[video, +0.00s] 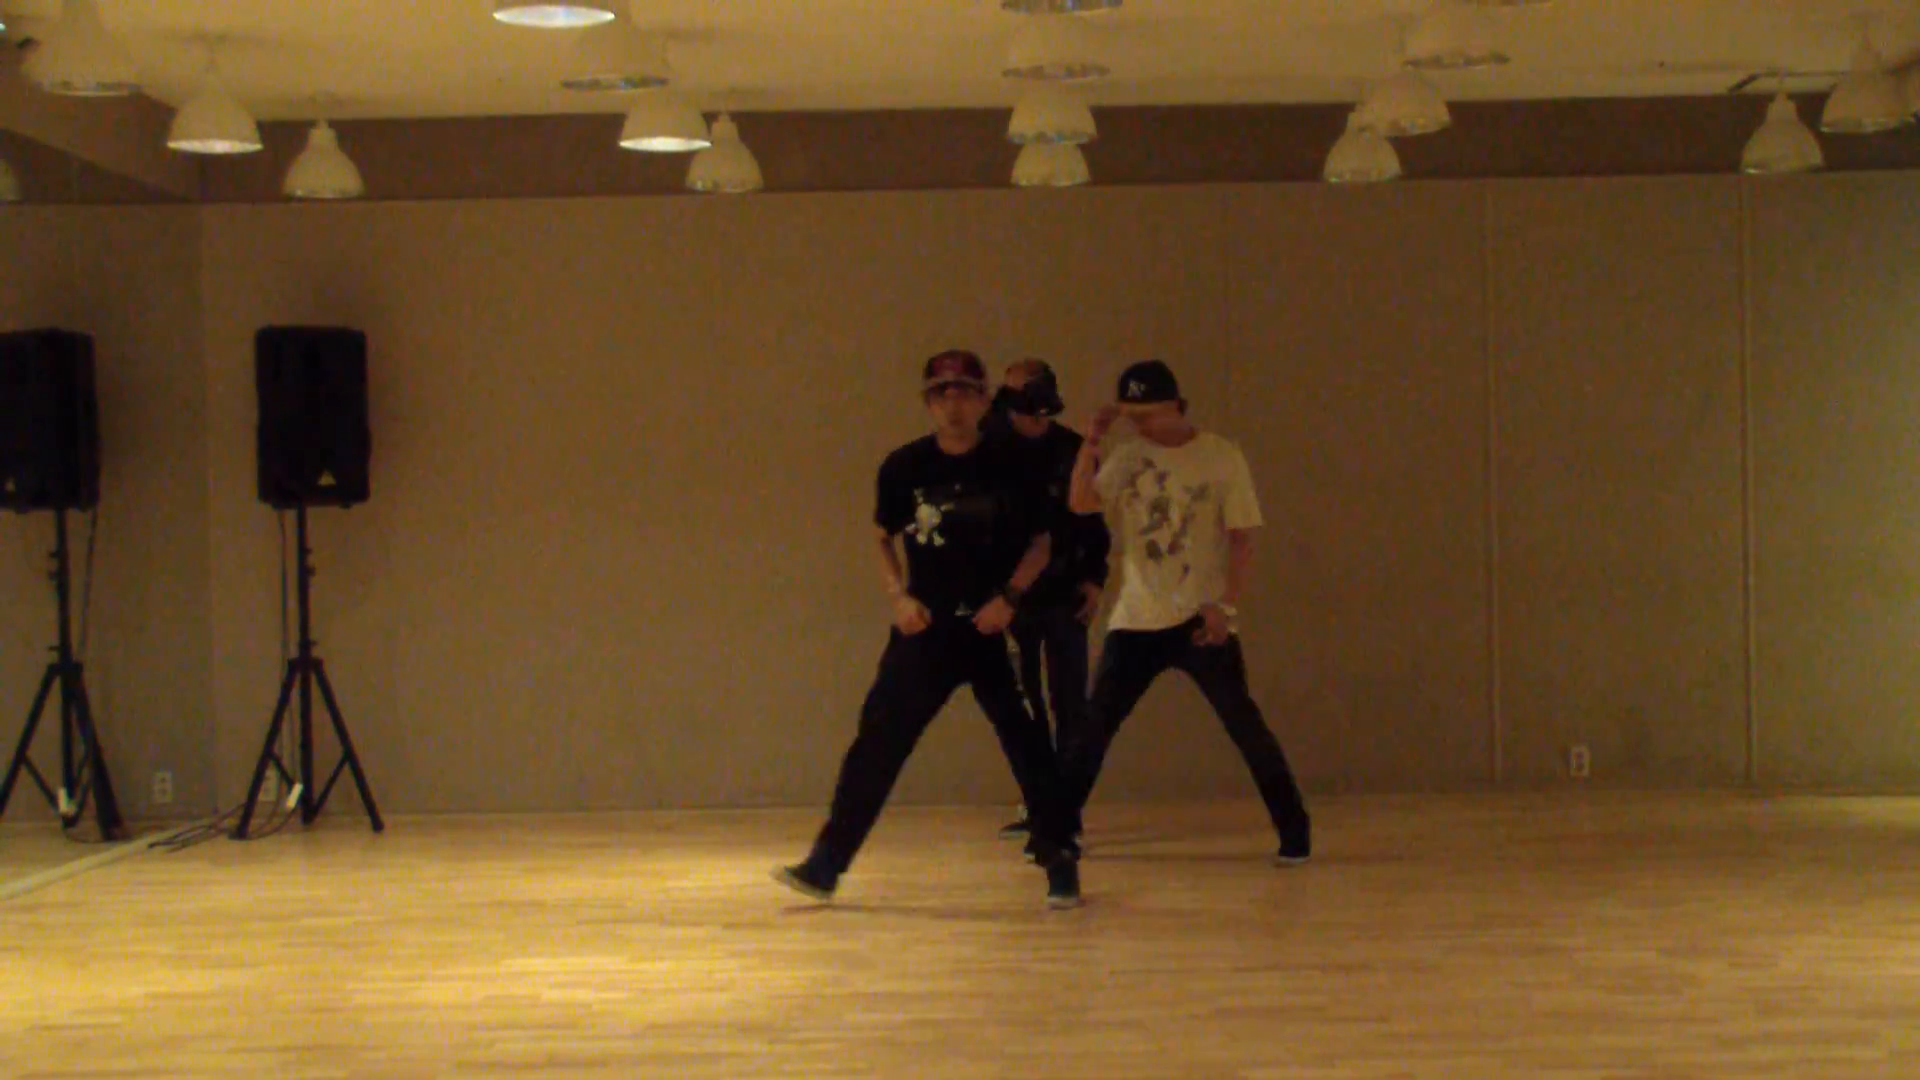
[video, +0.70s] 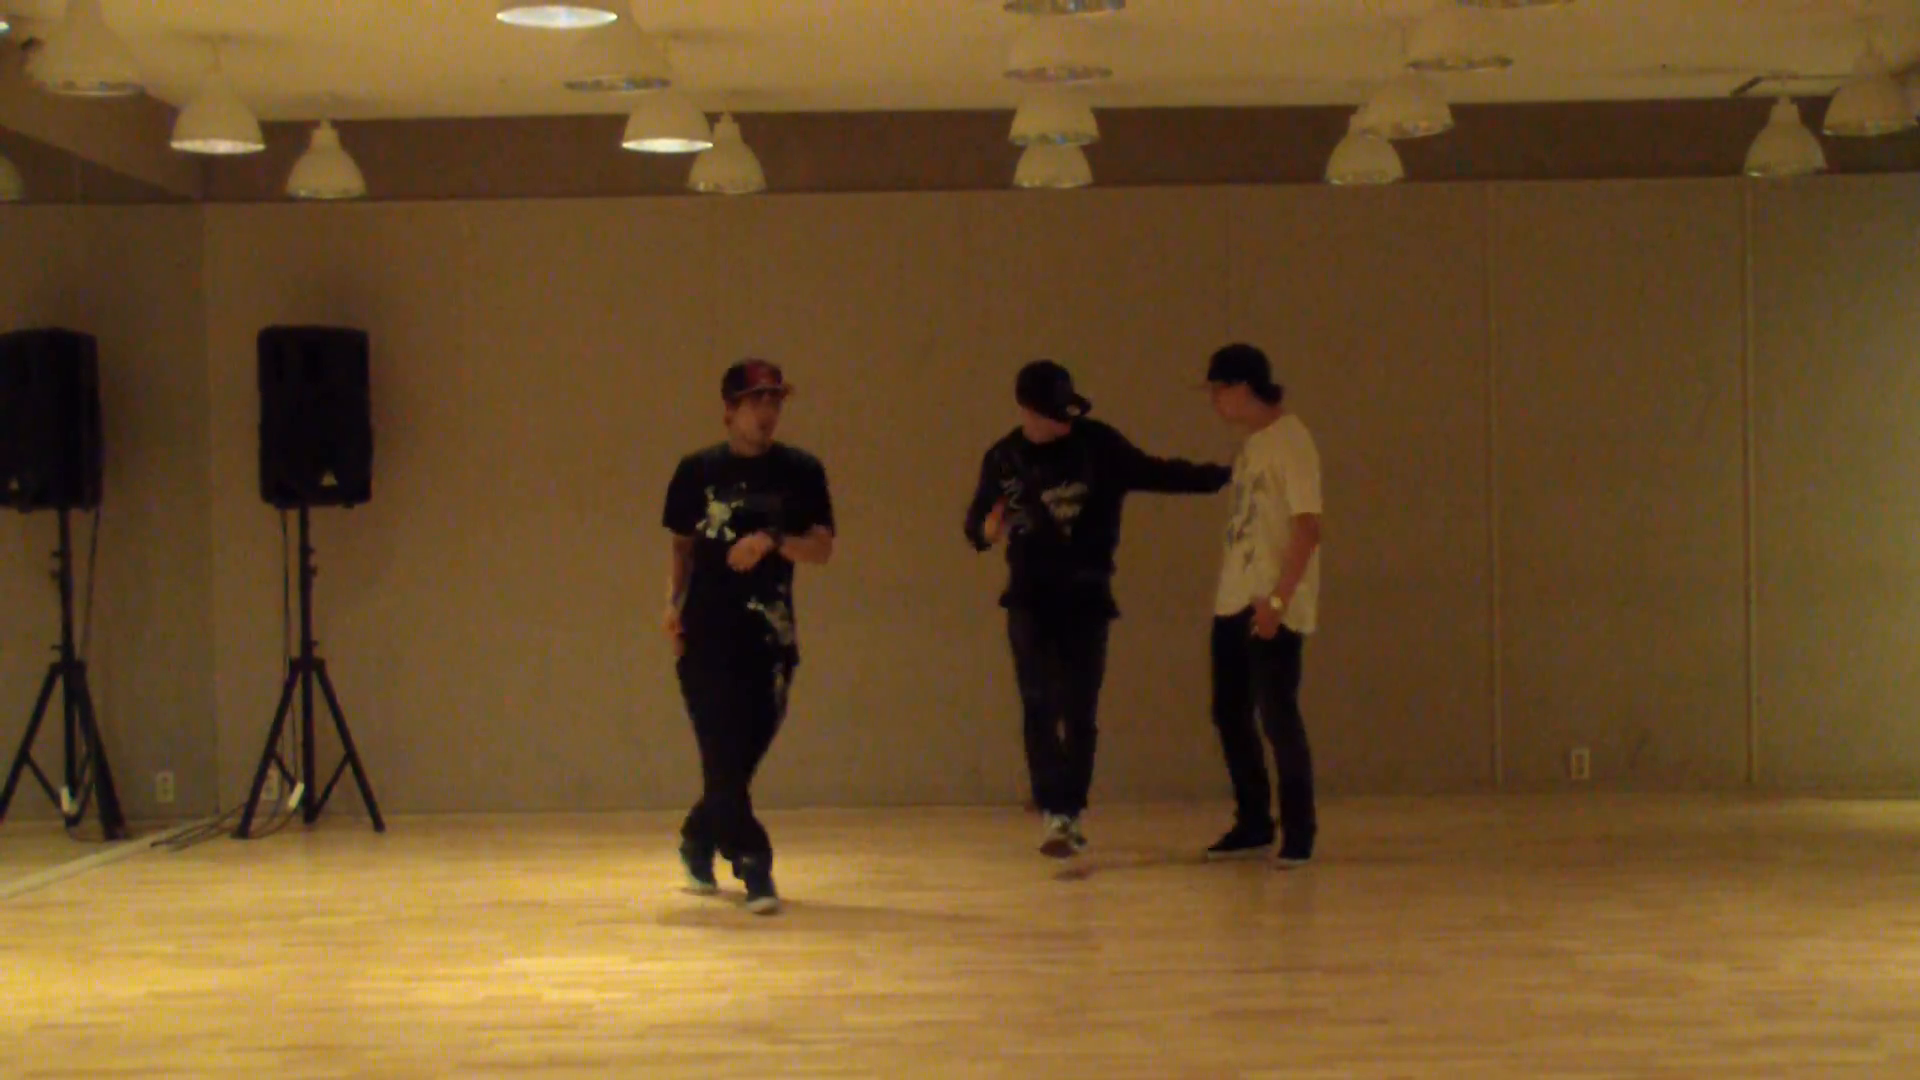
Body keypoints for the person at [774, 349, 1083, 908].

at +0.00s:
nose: (952, 402)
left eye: (964, 390)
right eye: (941, 392)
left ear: (984, 398)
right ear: (927, 402)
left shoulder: (1016, 463)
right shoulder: (904, 467)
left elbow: (1043, 542)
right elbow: (885, 537)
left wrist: (1009, 597)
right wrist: (899, 596)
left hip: (992, 631)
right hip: (926, 632)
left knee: (1028, 740)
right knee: (879, 738)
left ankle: (1060, 861)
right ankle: (826, 862)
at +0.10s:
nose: (902, 410)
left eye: (912, 398)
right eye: (890, 400)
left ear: (933, 403)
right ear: (878, 409)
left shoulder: (967, 465)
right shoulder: (862, 474)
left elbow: (998, 544)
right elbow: (845, 549)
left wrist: (973, 597)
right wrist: (863, 603)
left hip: (951, 640)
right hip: (888, 640)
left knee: (1007, 744)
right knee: (844, 750)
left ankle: (1053, 858)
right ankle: (800, 871)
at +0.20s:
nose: (850, 414)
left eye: (860, 401)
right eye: (839, 404)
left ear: (881, 404)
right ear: (828, 412)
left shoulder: (924, 462)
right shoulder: (815, 475)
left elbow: (949, 539)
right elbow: (795, 552)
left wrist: (926, 591)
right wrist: (816, 606)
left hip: (913, 633)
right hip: (844, 636)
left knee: (971, 746)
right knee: (807, 760)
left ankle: (1021, 858)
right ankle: (787, 879)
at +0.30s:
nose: (813, 406)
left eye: (824, 394)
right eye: (802, 397)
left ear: (844, 397)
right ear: (791, 405)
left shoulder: (886, 453)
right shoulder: (777, 469)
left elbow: (914, 530)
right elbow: (757, 545)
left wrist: (893, 581)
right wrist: (783, 602)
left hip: (880, 623)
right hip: (811, 627)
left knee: (919, 741)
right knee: (790, 752)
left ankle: (936, 865)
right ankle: (786, 876)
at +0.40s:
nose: (787, 404)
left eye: (797, 391)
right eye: (776, 393)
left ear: (818, 396)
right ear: (763, 403)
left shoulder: (855, 452)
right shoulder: (746, 467)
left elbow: (891, 526)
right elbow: (727, 542)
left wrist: (864, 575)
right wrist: (753, 599)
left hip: (844, 625)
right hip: (781, 629)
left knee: (859, 750)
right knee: (782, 757)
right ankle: (785, 875)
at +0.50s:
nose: (772, 401)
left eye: (782, 389)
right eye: (759, 391)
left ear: (799, 396)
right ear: (744, 401)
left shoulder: (833, 456)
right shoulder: (726, 467)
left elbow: (871, 531)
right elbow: (710, 541)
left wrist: (831, 571)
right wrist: (725, 597)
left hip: (814, 627)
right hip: (753, 629)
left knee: (809, 748)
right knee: (766, 748)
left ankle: (777, 839)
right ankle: (779, 873)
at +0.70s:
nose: (767, 412)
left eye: (774, 401)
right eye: (756, 401)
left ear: (783, 409)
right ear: (730, 409)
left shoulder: (801, 470)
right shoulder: (696, 472)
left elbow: (822, 547)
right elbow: (681, 545)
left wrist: (773, 542)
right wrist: (674, 603)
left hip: (770, 627)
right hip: (706, 625)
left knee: (753, 740)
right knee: (723, 741)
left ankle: (699, 833)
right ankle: (753, 863)